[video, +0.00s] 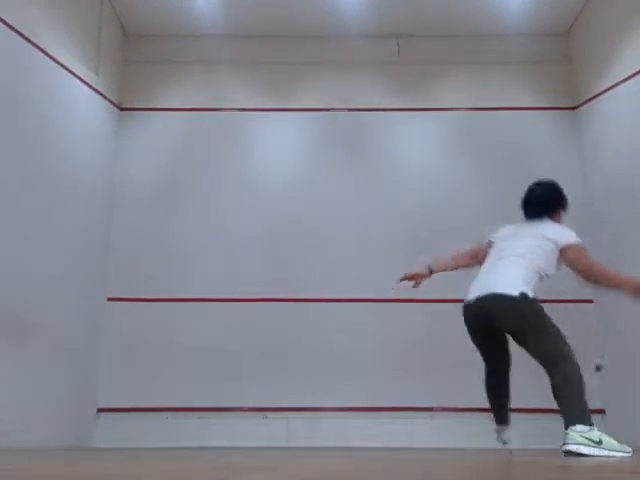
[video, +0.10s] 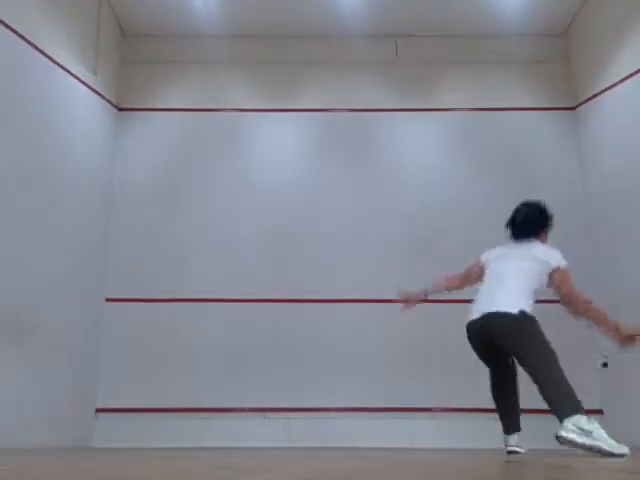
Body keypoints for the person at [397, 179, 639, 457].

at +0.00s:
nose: (564, 215)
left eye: (564, 210)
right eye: (563, 210)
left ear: (528, 209)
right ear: (557, 211)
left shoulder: (504, 233)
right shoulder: (558, 233)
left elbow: (468, 256)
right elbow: (590, 271)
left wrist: (429, 267)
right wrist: (628, 284)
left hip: (475, 305)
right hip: (513, 301)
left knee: (496, 362)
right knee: (560, 360)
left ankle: (501, 427)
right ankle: (579, 429)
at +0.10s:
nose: (549, 233)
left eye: (548, 229)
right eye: (548, 229)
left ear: (514, 229)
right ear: (542, 231)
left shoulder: (494, 254)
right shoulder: (547, 255)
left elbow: (458, 281)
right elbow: (574, 301)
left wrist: (422, 293)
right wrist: (615, 329)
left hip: (477, 325)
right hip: (512, 319)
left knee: (501, 371)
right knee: (545, 367)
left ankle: (511, 438)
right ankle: (574, 421)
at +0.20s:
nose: (541, 252)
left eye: (540, 247)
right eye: (541, 247)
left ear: (508, 247)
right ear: (535, 248)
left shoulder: (492, 269)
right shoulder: (543, 273)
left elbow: (458, 296)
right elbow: (568, 326)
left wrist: (426, 322)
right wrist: (596, 359)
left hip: (479, 325)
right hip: (517, 323)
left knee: (501, 375)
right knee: (543, 372)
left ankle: (514, 435)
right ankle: (563, 422)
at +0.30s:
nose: (537, 266)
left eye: (536, 262)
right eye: (536, 262)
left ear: (506, 258)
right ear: (531, 263)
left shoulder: (490, 275)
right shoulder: (537, 282)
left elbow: (460, 298)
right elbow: (552, 320)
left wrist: (433, 330)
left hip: (480, 319)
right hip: (518, 318)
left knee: (495, 379)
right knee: (538, 370)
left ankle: (515, 436)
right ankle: (550, 410)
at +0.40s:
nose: (531, 269)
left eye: (531, 266)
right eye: (530, 266)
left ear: (497, 263)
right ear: (525, 266)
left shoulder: (487, 276)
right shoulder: (532, 283)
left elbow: (462, 295)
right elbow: (536, 316)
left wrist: (436, 323)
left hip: (482, 314)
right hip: (521, 313)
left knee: (495, 373)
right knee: (533, 370)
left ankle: (515, 435)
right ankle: (533, 400)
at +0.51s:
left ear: (491, 259)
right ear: (521, 262)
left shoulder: (485, 272)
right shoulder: (527, 276)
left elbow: (464, 291)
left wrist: (442, 315)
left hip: (488, 311)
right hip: (527, 311)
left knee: (498, 373)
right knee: (534, 374)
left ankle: (516, 435)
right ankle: (520, 400)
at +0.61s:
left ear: (486, 250)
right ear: (515, 251)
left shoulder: (482, 264)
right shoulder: (523, 268)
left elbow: (463, 283)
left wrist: (444, 304)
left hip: (491, 308)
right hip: (531, 308)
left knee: (499, 369)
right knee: (533, 369)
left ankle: (516, 435)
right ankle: (518, 406)